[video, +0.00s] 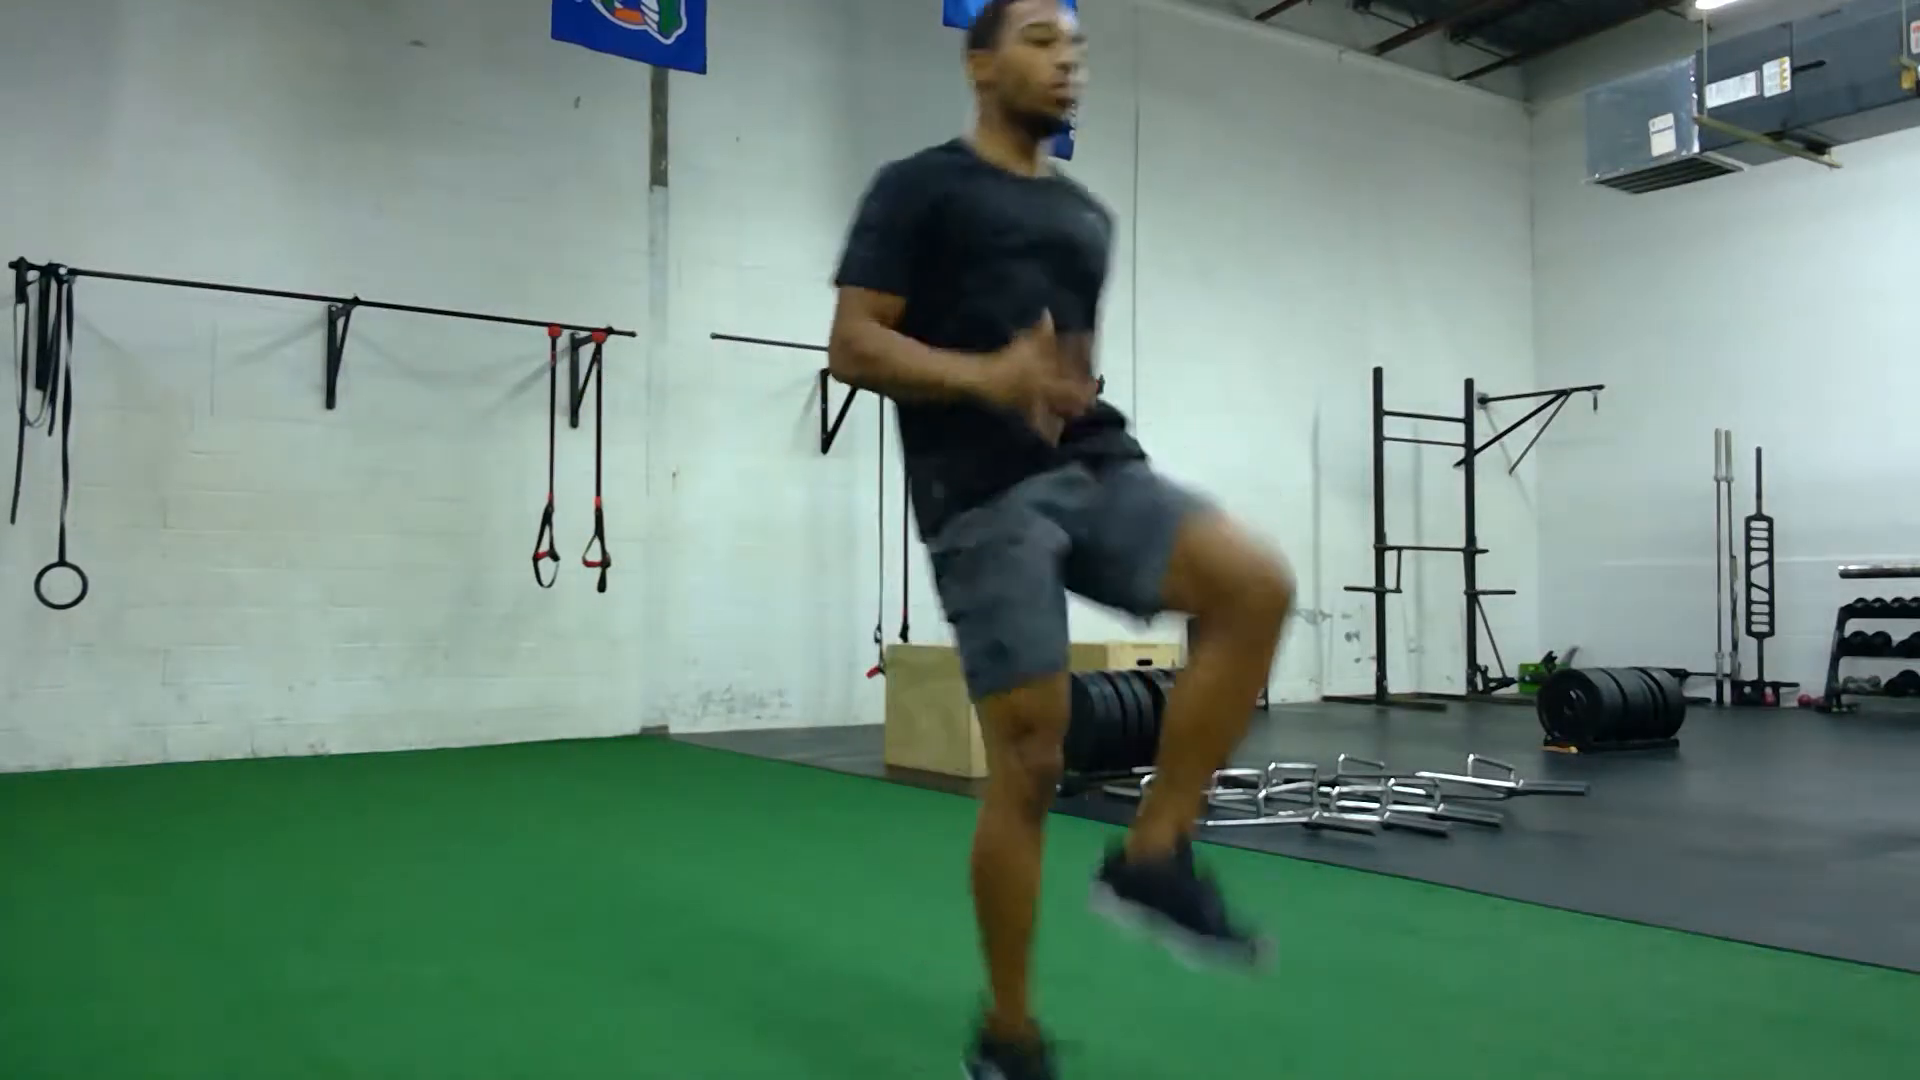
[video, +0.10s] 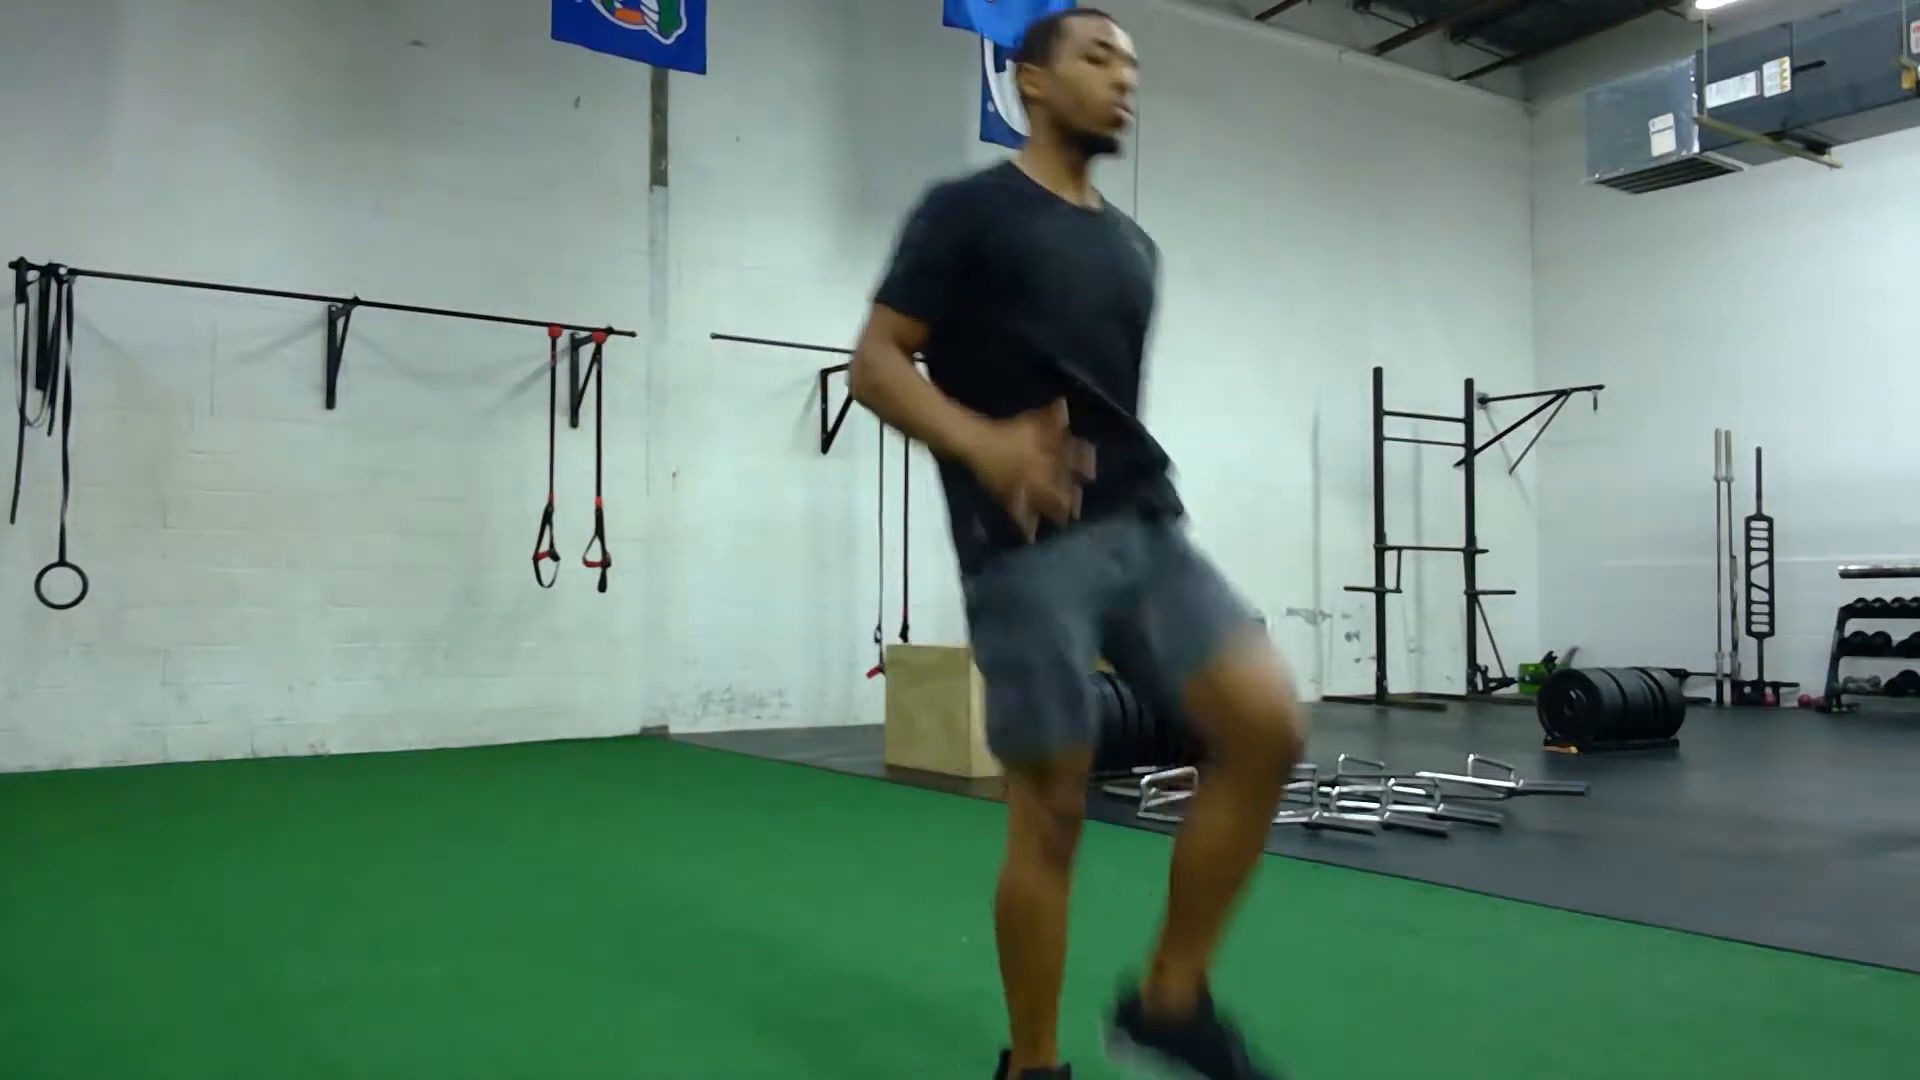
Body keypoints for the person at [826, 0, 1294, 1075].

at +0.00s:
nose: (1069, 61)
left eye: (1074, 44)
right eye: (1044, 41)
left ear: (1073, 67)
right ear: (981, 61)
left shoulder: (1083, 215)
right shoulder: (916, 188)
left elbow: (1075, 356)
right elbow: (850, 346)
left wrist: (1075, 411)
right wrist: (988, 373)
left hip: (1095, 479)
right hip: (984, 506)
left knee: (1254, 585)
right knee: (1028, 760)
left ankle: (1154, 856)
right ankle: (1009, 1031)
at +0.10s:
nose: (1127, 75)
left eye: (1130, 62)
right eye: (1100, 54)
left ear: (1125, 96)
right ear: (1030, 81)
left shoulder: (1132, 246)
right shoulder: (965, 209)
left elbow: (1098, 393)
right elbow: (872, 366)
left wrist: (1112, 481)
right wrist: (988, 444)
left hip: (1144, 532)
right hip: (1029, 551)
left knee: (1264, 727)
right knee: (1051, 812)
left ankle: (1170, 998)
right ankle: (1031, 1061)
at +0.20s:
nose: (1180, 84)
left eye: (1184, 69)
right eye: (1156, 61)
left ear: (1169, 98)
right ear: (1082, 77)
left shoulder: (1170, 248)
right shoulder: (1013, 205)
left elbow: (1155, 407)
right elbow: (924, 373)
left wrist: (1190, 540)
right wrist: (979, 509)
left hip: (1187, 564)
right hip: (1078, 566)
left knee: (1218, 805)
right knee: (1111, 817)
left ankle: (1174, 1069)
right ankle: (1043, 1059)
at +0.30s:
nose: (1232, 85)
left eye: (1234, 69)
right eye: (1210, 58)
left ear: (1214, 94)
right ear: (1134, 65)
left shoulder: (1212, 249)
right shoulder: (1065, 190)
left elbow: (1226, 425)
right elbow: (971, 359)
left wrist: (1305, 557)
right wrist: (979, 526)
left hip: (1215, 562)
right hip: (1126, 564)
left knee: (1207, 826)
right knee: (1221, 808)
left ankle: (1172, 1068)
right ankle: (1070, 1029)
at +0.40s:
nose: (1279, 91)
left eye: (1279, 72)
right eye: (1261, 63)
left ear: (1201, 70)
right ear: (1185, 61)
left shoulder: (1216, 233)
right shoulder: (1118, 184)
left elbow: (1261, 409)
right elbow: (1009, 352)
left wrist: (1381, 499)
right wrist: (997, 537)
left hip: (1224, 556)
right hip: (1172, 558)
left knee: (1211, 817)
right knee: (1339, 782)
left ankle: (1177, 1055)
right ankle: (1119, 989)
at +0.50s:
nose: (1314, 89)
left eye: (1315, 69)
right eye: (1302, 59)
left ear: (1234, 55)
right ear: (1232, 48)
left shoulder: (1224, 197)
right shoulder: (1165, 163)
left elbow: (1285, 400)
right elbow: (1063, 327)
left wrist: (1436, 468)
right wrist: (1048, 520)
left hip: (1196, 556)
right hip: (1232, 548)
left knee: (1214, 823)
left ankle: (1179, 1048)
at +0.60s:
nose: (1344, 85)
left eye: (1344, 62)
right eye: (1335, 51)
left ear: (1269, 44)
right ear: (1273, 34)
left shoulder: (1250, 175)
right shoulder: (1226, 143)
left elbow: (1288, 409)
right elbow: (1127, 301)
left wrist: (1445, 468)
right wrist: (1150, 493)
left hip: (1205, 550)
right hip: (1283, 543)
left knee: (1215, 827)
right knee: (1410, 804)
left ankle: (1174, 1066)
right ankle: (1369, 1067)